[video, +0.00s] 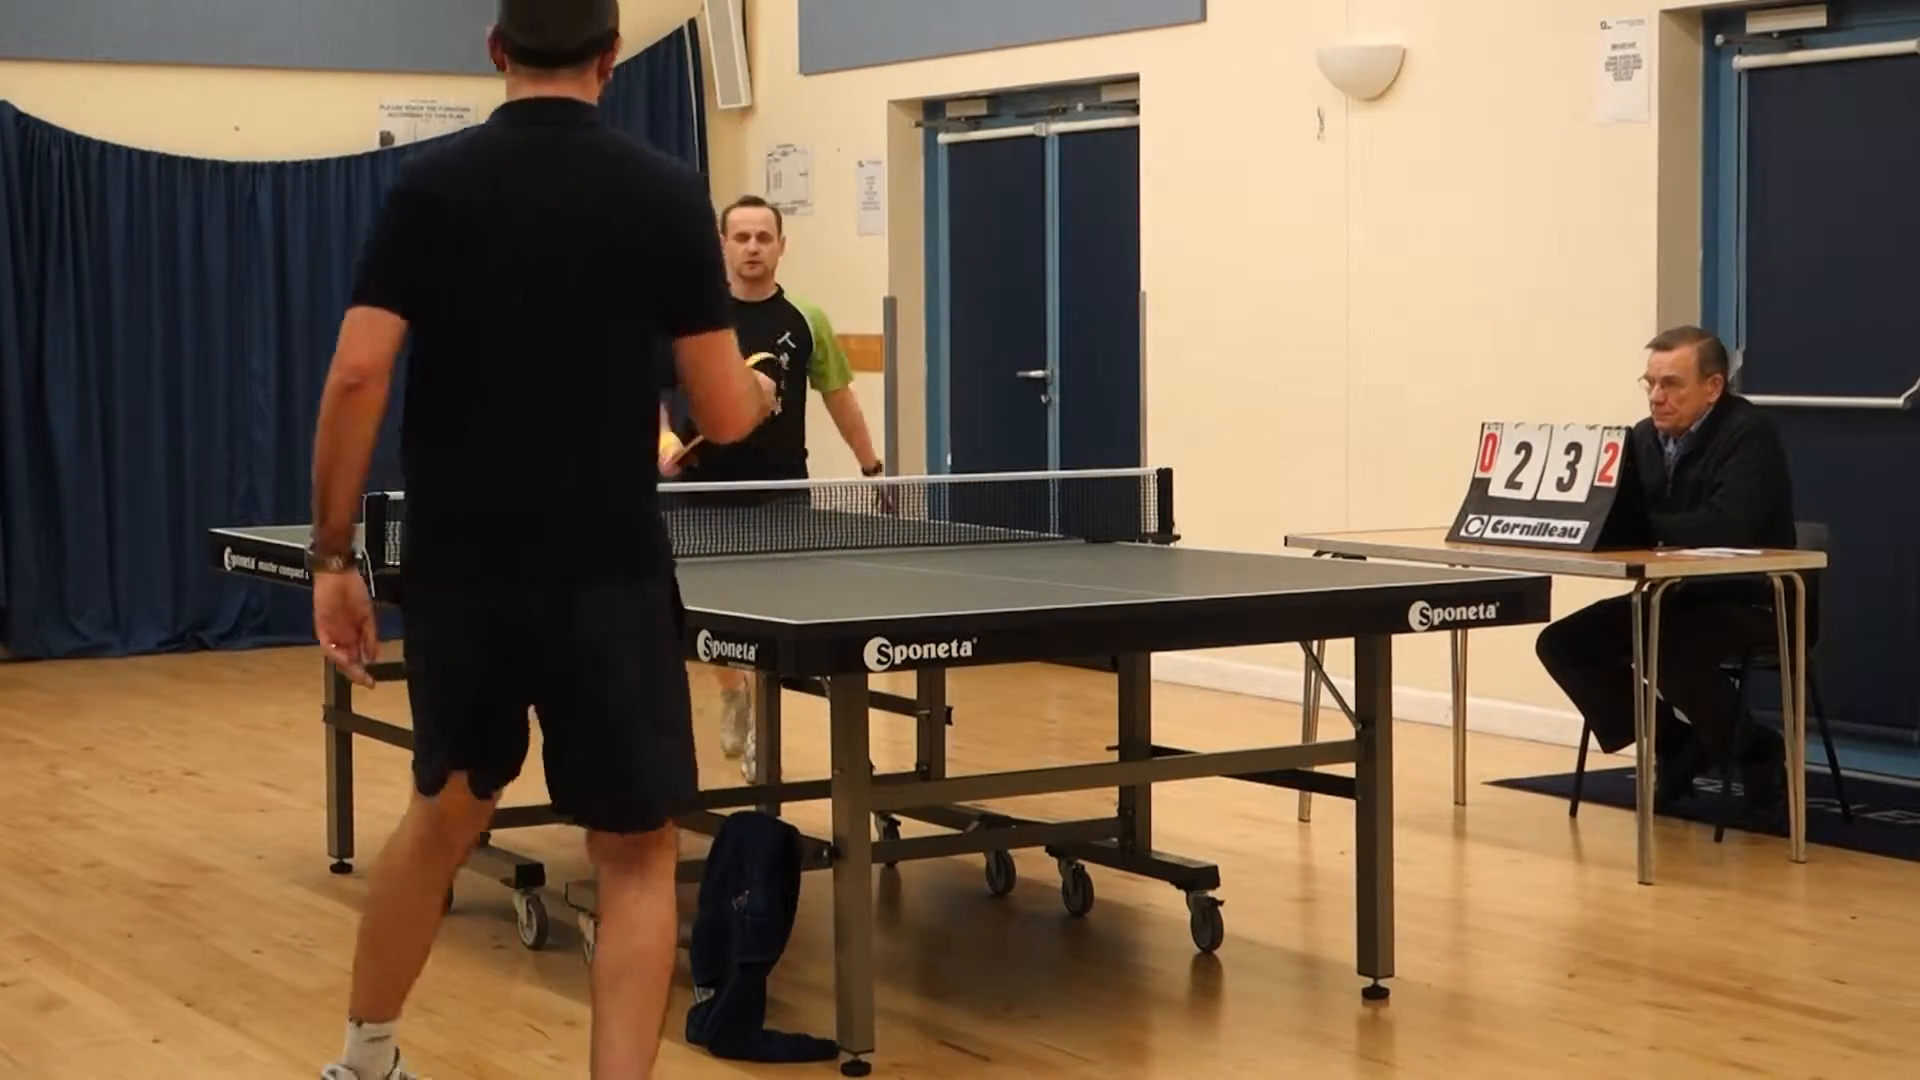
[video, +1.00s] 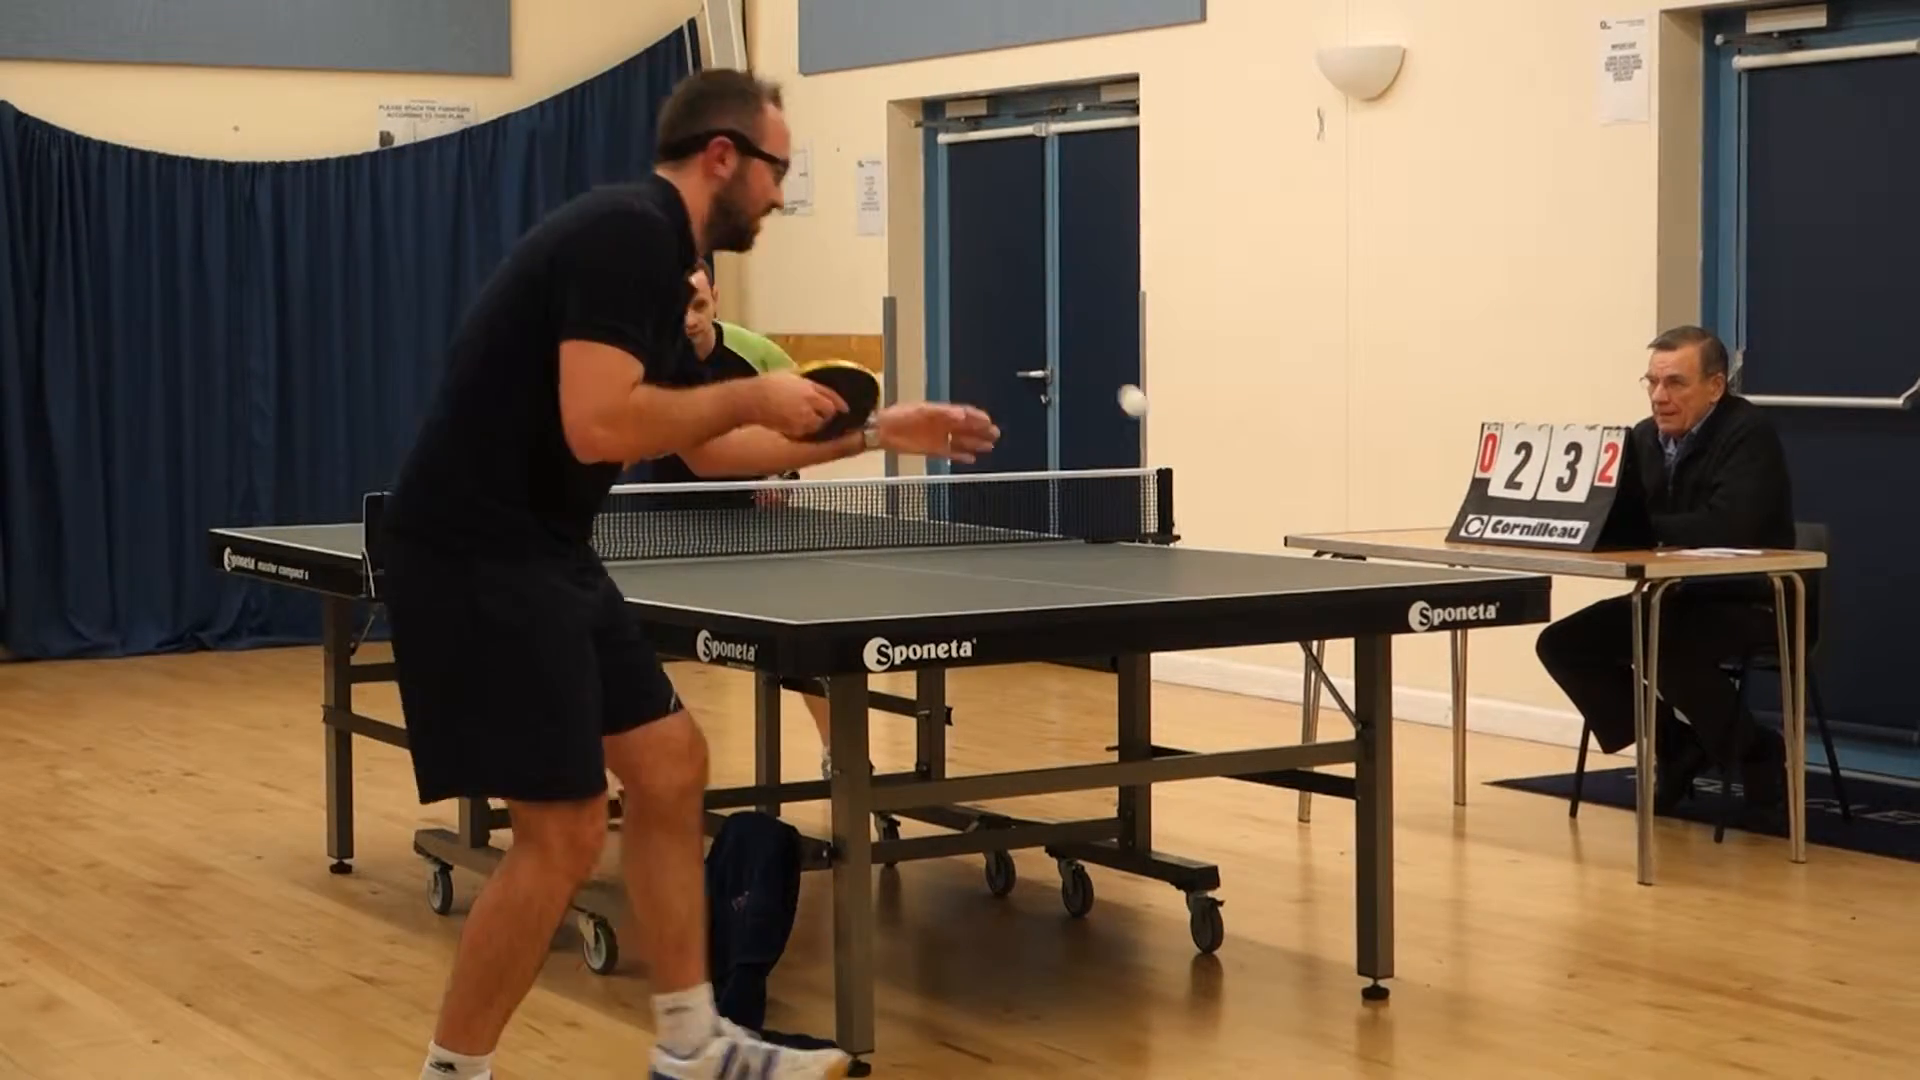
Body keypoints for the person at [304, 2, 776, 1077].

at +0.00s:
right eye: (602, 44)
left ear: (496, 53)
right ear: (609, 56)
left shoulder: (427, 183)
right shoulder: (663, 193)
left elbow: (356, 377)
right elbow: (724, 414)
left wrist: (332, 555)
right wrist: (745, 380)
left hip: (459, 570)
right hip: (606, 575)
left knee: (449, 804)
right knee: (634, 852)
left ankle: (363, 1053)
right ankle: (621, 1071)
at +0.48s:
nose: (592, 118)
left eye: (595, 102)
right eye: (593, 100)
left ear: (484, 81)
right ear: (562, 90)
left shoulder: (385, 181)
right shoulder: (551, 201)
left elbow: (343, 359)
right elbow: (600, 424)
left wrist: (487, 457)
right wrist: (694, 441)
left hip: (336, 531)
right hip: (458, 540)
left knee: (381, 800)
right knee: (562, 788)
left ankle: (334, 1058)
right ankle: (471, 1059)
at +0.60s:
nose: (624, 134)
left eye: (628, 114)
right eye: (623, 111)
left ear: (531, 90)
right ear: (579, 94)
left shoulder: (421, 181)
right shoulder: (548, 199)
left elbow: (448, 398)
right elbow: (582, 421)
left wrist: (631, 447)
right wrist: (706, 438)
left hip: (344, 538)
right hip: (452, 550)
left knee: (397, 798)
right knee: (552, 798)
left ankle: (335, 1058)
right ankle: (457, 1063)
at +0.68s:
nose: (648, 140)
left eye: (652, 118)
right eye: (645, 114)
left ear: (566, 99)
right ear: (596, 98)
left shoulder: (463, 185)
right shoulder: (548, 193)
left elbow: (536, 412)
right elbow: (574, 420)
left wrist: (670, 412)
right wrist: (709, 414)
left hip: (368, 537)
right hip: (453, 547)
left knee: (439, 800)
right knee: (546, 809)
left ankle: (345, 1056)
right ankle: (454, 1068)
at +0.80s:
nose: (684, 158)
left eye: (688, 136)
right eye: (680, 133)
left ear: (607, 120)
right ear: (625, 119)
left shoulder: (542, 203)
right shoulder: (555, 209)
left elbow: (574, 405)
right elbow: (574, 417)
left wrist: (700, 384)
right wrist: (712, 379)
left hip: (446, 542)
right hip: (443, 551)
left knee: (578, 759)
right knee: (547, 807)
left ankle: (417, 999)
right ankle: (451, 1064)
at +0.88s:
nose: (716, 168)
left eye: (720, 147)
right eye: (710, 143)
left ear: (645, 135)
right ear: (653, 133)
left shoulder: (603, 232)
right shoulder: (573, 214)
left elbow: (644, 429)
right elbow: (578, 419)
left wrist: (822, 402)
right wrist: (715, 368)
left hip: (497, 543)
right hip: (440, 550)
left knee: (625, 747)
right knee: (549, 824)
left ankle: (519, 1012)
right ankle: (450, 1063)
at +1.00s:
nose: (782, 194)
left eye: (785, 172)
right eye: (777, 169)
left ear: (714, 161)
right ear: (718, 157)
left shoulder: (663, 262)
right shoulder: (625, 230)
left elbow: (706, 449)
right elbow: (597, 425)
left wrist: (887, 427)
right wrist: (754, 396)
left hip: (549, 551)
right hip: (468, 552)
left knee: (668, 763)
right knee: (564, 833)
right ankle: (452, 1071)